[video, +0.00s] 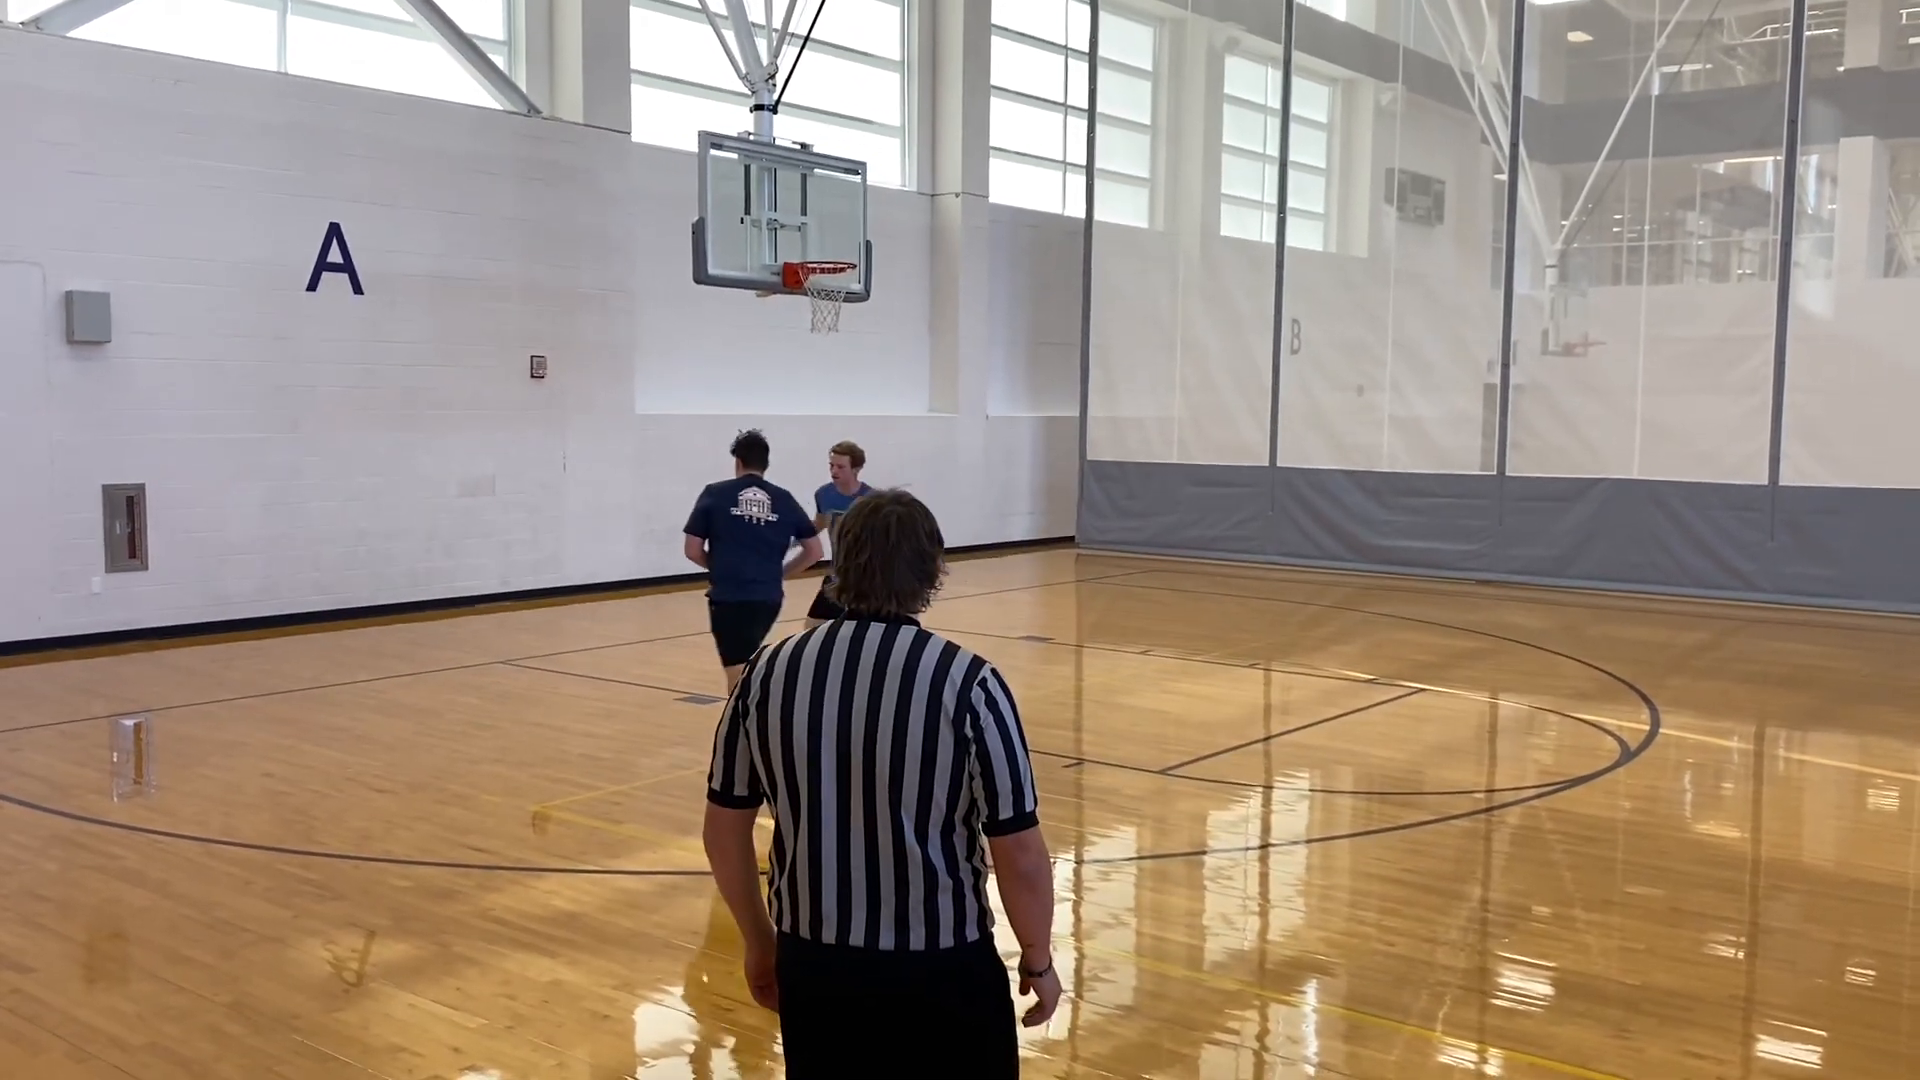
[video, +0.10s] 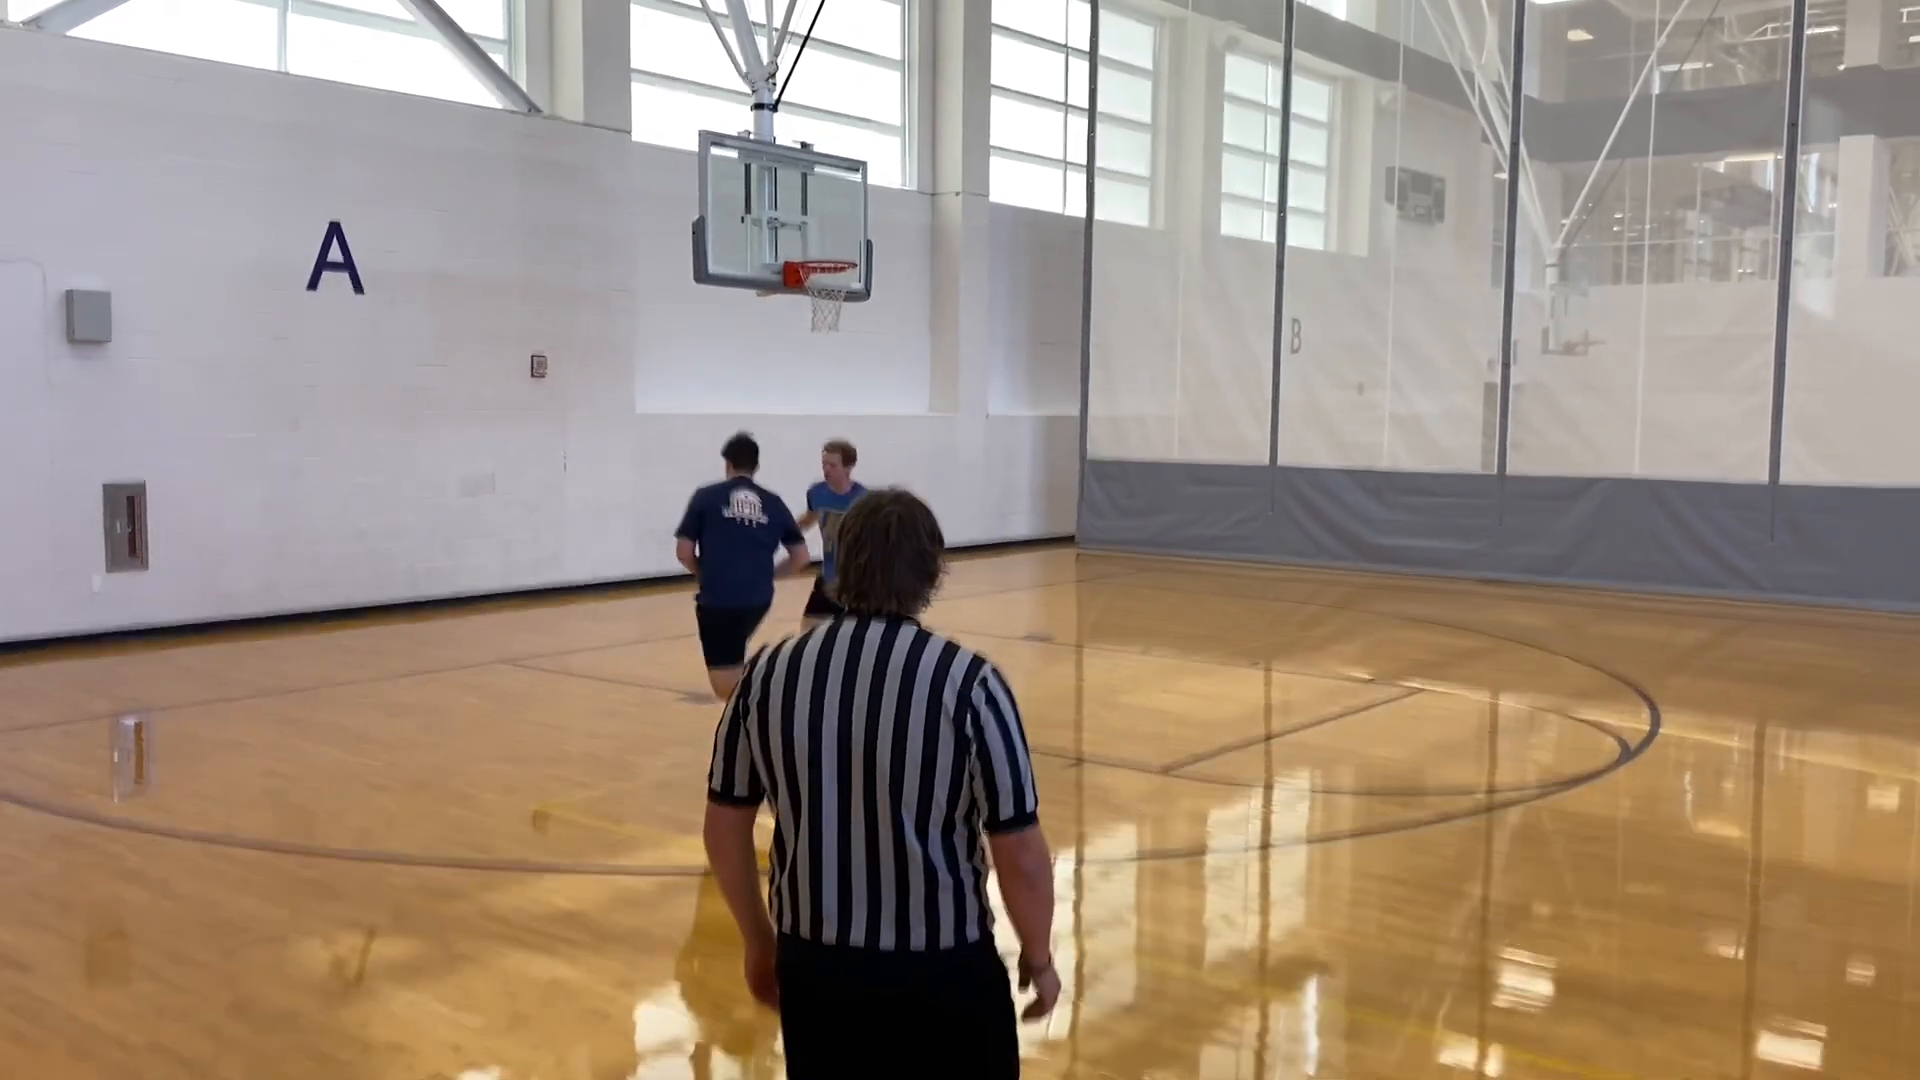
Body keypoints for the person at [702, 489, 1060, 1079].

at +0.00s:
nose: (940, 573)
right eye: (936, 561)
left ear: (841, 565)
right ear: (929, 571)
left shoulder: (768, 668)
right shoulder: (968, 681)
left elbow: (724, 828)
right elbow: (1019, 852)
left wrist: (758, 938)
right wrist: (1037, 955)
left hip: (814, 973)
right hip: (947, 977)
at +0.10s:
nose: (939, 573)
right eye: (935, 561)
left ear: (841, 564)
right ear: (929, 572)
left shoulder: (768, 671)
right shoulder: (969, 682)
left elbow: (724, 826)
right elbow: (1019, 851)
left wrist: (757, 940)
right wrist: (1037, 953)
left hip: (815, 974)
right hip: (948, 977)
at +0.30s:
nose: (939, 571)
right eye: (935, 559)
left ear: (841, 565)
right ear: (929, 571)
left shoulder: (765, 671)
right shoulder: (968, 682)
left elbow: (721, 830)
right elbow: (1017, 852)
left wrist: (755, 941)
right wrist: (1032, 951)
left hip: (813, 976)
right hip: (946, 979)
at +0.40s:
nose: (938, 570)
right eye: (934, 558)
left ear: (841, 566)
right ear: (928, 569)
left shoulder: (765, 670)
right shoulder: (968, 682)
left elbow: (721, 829)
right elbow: (1018, 853)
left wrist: (754, 939)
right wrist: (1032, 949)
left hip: (812, 974)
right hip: (945, 976)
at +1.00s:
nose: (939, 570)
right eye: (935, 557)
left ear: (841, 564)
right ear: (931, 569)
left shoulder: (765, 671)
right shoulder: (970, 680)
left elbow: (721, 830)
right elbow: (1021, 853)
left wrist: (756, 937)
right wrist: (1024, 938)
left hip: (813, 973)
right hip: (947, 976)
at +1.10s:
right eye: (935, 557)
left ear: (842, 564)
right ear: (931, 569)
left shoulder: (764, 671)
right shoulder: (971, 680)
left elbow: (721, 831)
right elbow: (1022, 853)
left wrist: (757, 938)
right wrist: (1021, 937)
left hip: (814, 972)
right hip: (948, 974)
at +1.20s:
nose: (939, 570)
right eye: (936, 557)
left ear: (842, 564)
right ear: (931, 569)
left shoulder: (763, 672)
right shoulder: (971, 680)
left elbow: (721, 832)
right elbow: (1022, 851)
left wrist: (757, 936)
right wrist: (1019, 934)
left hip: (814, 972)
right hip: (948, 974)